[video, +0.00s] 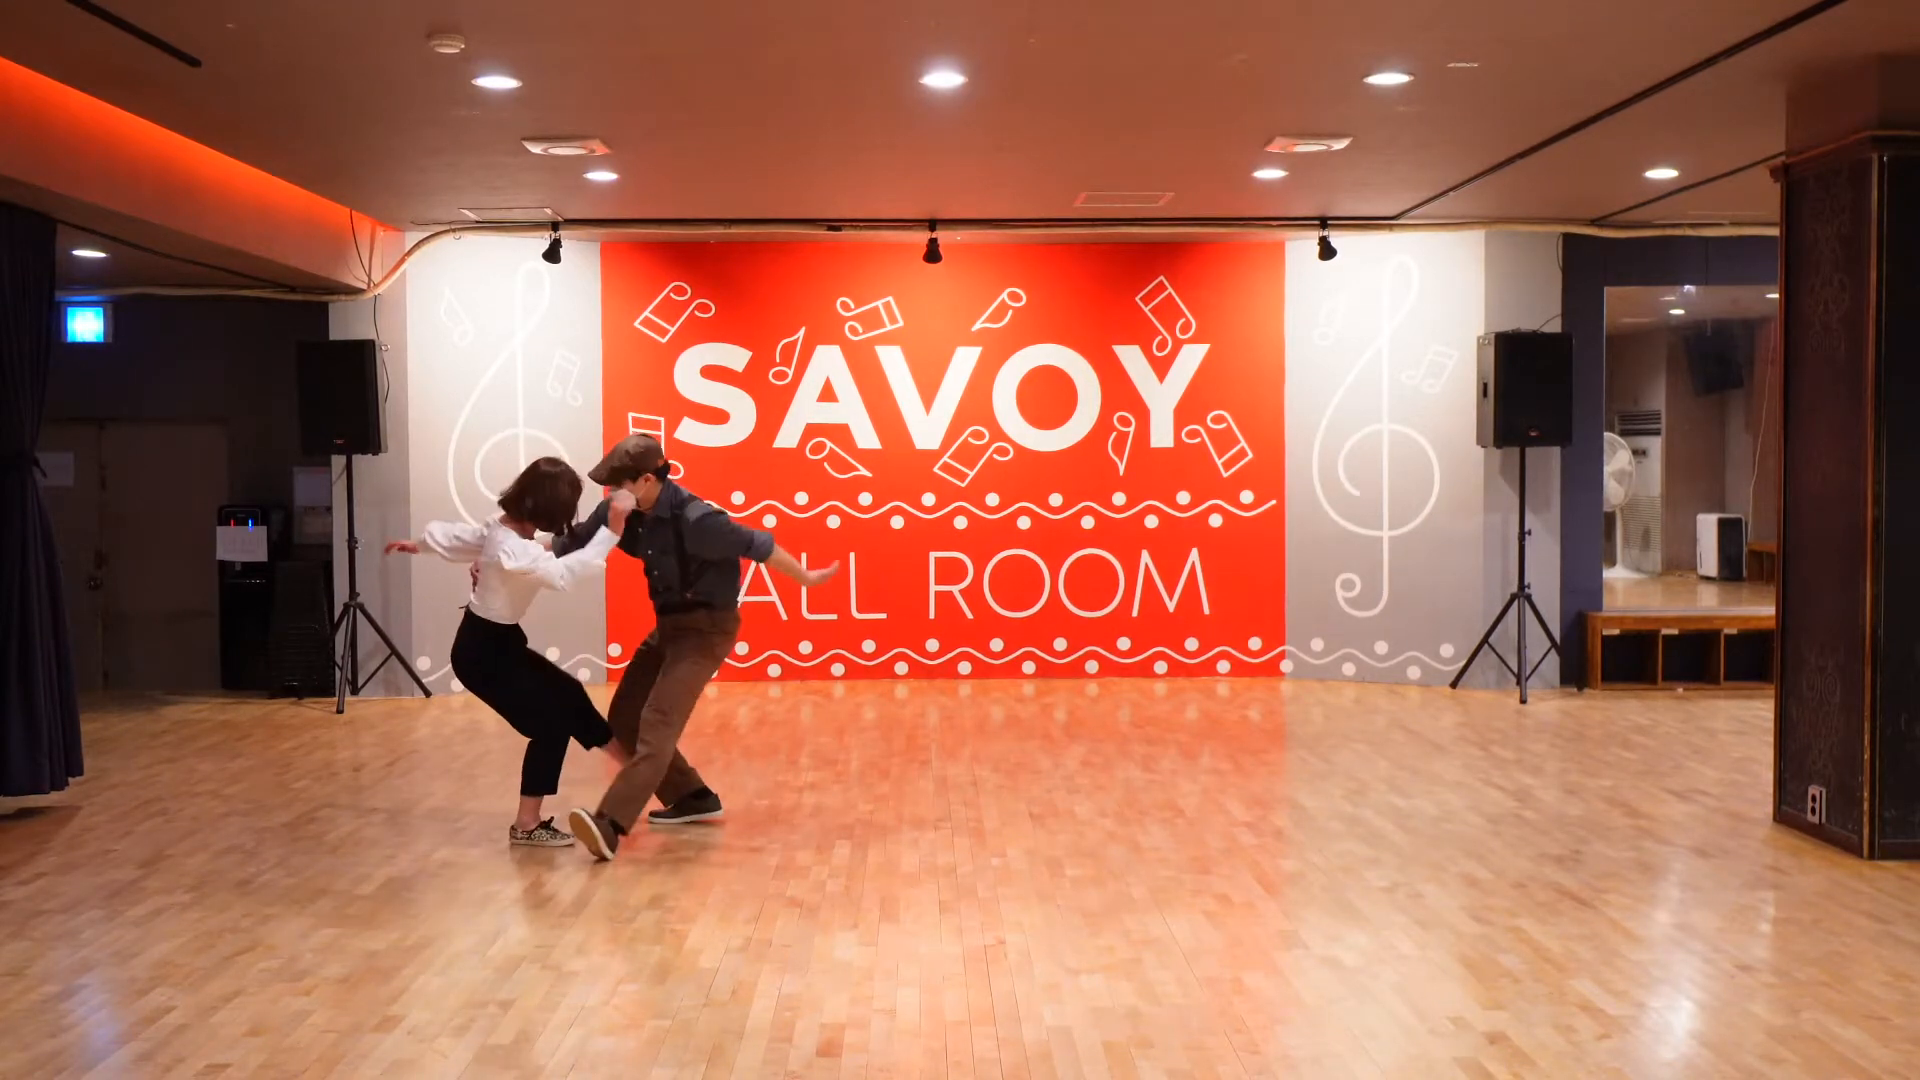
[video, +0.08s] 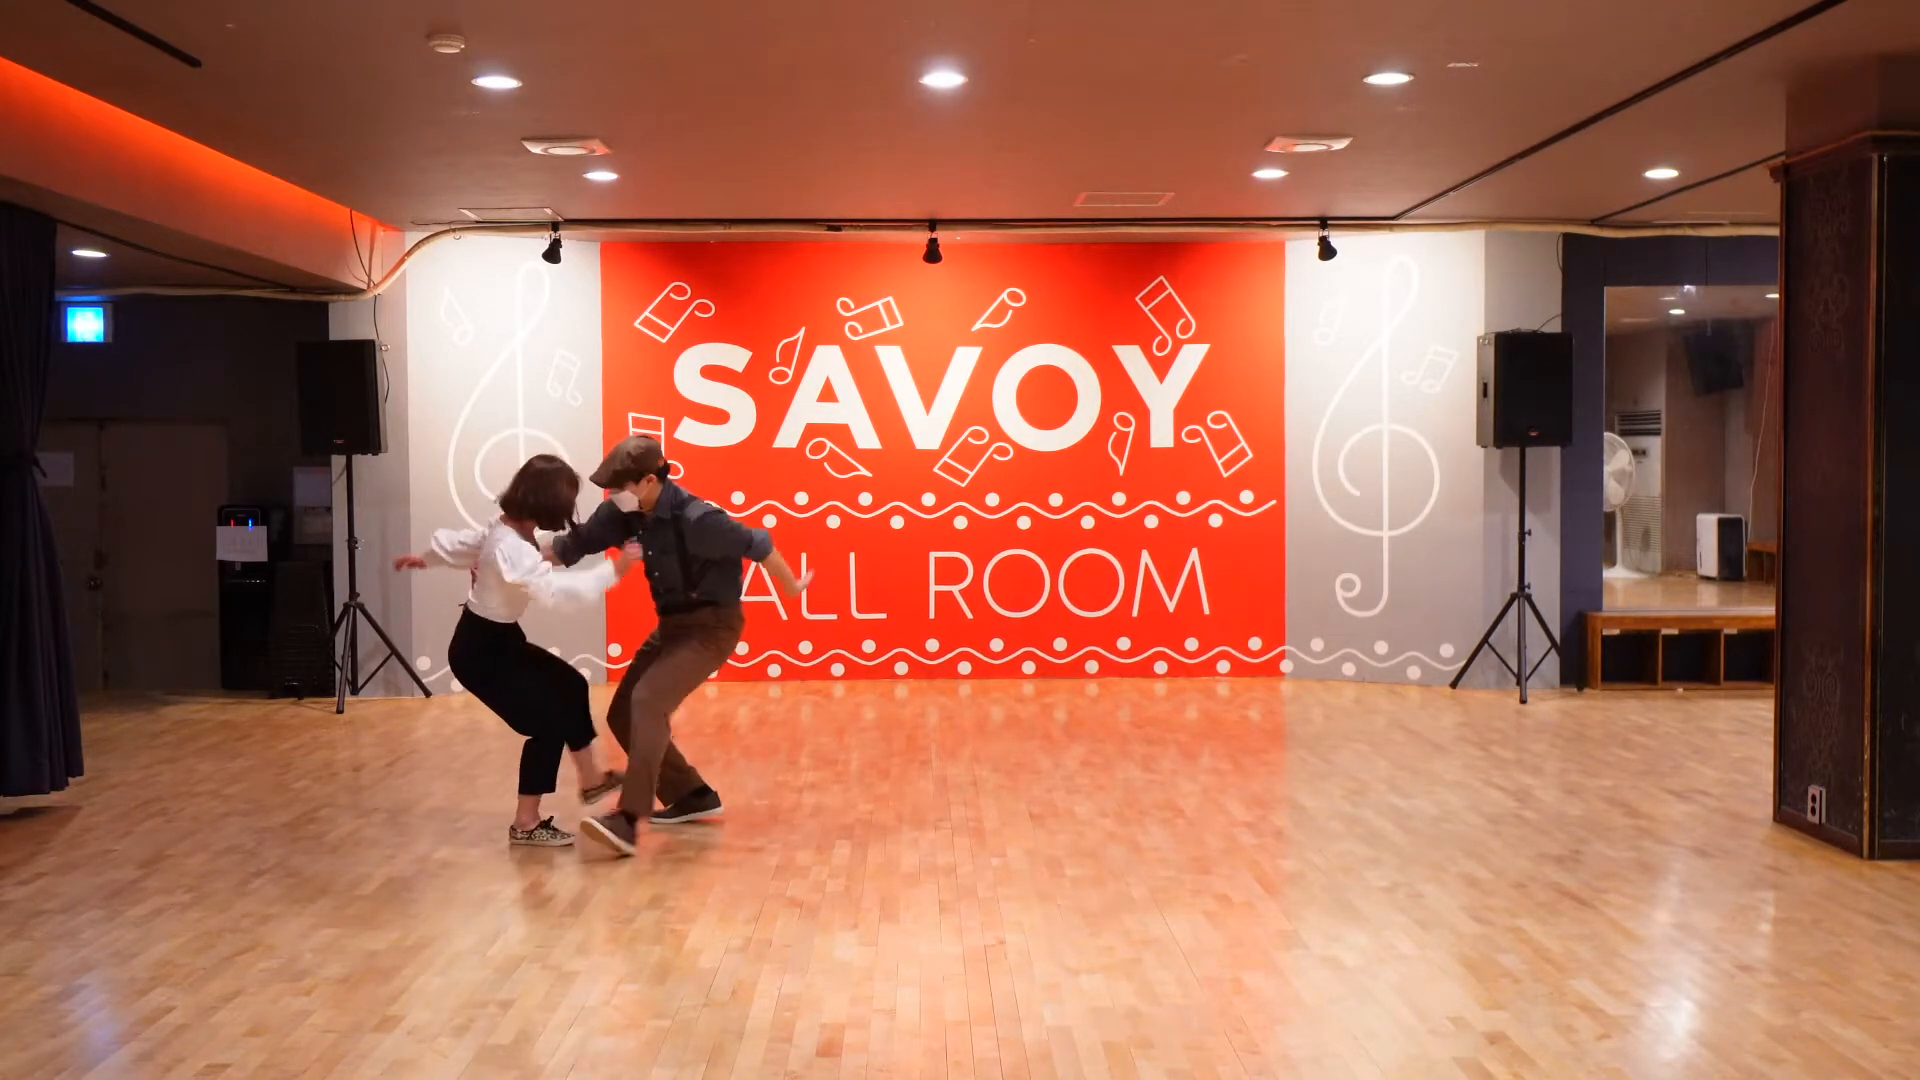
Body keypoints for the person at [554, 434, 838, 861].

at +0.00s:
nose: (614, 492)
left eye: (622, 483)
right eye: (613, 483)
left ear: (649, 480)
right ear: (637, 481)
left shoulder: (696, 519)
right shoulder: (625, 513)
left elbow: (761, 546)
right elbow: (572, 542)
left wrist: (806, 577)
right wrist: (527, 557)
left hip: (707, 630)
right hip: (669, 629)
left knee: (659, 720)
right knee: (624, 719)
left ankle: (610, 825)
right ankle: (692, 797)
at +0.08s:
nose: (613, 496)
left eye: (620, 488)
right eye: (612, 488)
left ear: (648, 482)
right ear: (643, 482)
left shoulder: (697, 519)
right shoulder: (625, 513)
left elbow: (762, 546)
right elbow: (574, 544)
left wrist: (792, 587)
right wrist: (531, 550)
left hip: (712, 628)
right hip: (672, 628)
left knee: (649, 702)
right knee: (623, 715)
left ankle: (628, 819)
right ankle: (693, 796)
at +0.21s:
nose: (616, 502)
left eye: (622, 493)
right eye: (613, 494)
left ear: (650, 484)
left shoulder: (705, 524)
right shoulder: (624, 524)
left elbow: (749, 589)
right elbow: (568, 561)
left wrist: (758, 656)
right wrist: (509, 571)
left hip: (712, 637)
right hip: (674, 636)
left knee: (636, 703)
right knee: (618, 718)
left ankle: (691, 803)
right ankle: (687, 795)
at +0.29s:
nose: (616, 507)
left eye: (622, 499)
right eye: (613, 499)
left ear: (651, 488)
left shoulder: (703, 530)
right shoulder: (629, 529)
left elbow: (742, 604)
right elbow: (575, 568)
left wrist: (722, 675)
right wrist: (515, 575)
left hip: (710, 648)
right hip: (674, 646)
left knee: (644, 727)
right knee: (619, 725)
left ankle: (704, 811)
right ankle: (683, 800)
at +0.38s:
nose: (614, 510)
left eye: (620, 501)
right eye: (610, 502)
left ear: (649, 490)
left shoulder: (700, 526)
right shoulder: (626, 532)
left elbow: (726, 604)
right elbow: (572, 571)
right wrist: (512, 573)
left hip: (724, 638)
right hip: (683, 637)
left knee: (649, 725)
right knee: (620, 721)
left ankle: (698, 816)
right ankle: (690, 795)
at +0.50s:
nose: (611, 508)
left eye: (617, 499)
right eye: (606, 501)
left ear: (645, 485)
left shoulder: (689, 512)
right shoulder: (626, 525)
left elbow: (679, 570)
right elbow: (567, 567)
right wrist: (509, 562)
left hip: (731, 633)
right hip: (691, 631)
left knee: (656, 721)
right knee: (616, 682)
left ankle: (701, 816)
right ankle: (652, 776)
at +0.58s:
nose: (607, 505)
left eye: (611, 495)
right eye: (602, 497)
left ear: (637, 482)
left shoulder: (679, 504)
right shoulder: (621, 530)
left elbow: (657, 537)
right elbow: (561, 566)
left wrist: (614, 483)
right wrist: (502, 556)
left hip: (735, 628)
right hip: (700, 628)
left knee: (659, 718)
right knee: (623, 683)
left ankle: (700, 817)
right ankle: (599, 787)